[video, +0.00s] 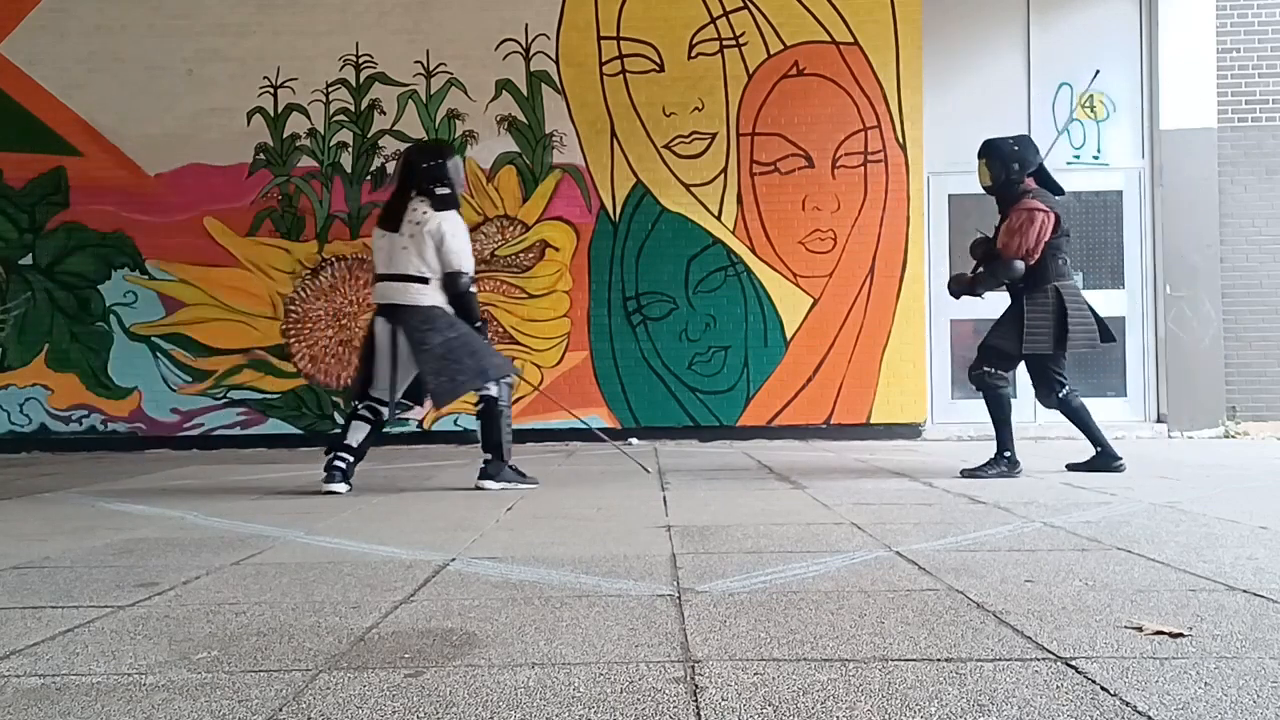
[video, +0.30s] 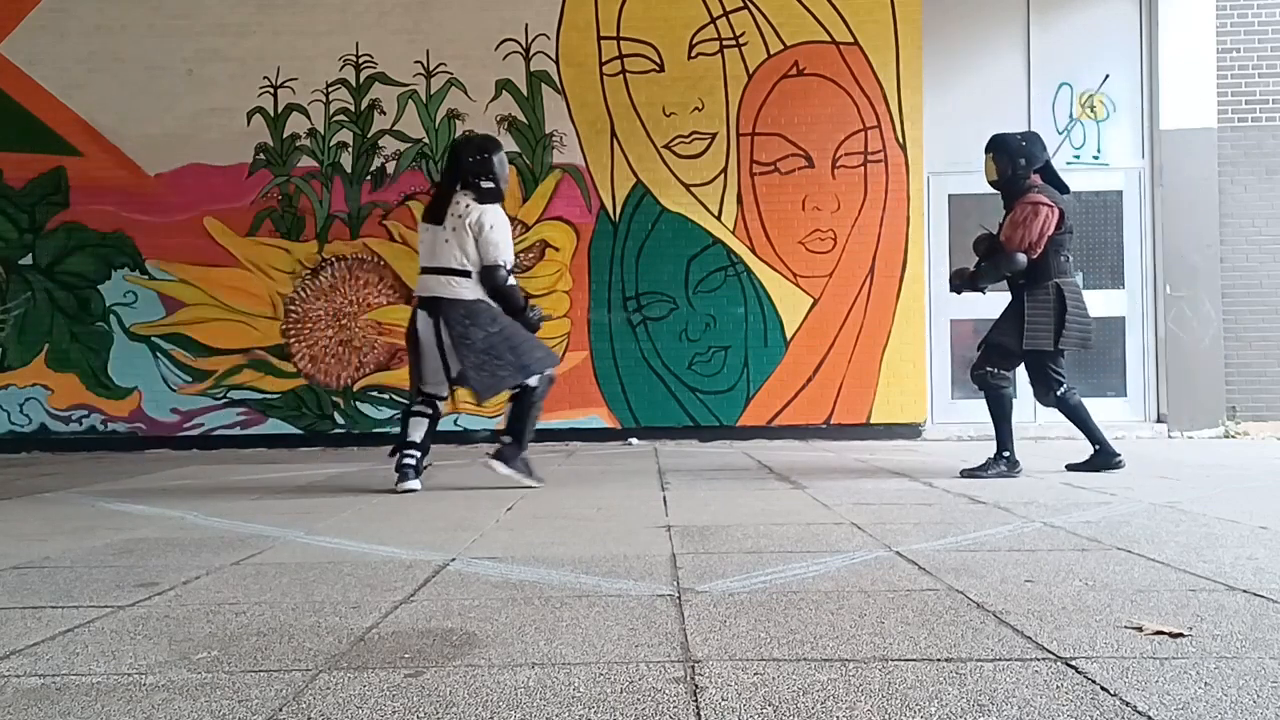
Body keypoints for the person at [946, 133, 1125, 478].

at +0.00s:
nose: (985, 178)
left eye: (990, 169)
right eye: (984, 170)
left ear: (1013, 169)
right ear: (1021, 170)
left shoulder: (1028, 208)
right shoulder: (1032, 202)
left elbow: (1010, 268)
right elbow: (1023, 257)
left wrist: (970, 283)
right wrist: (989, 251)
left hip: (1037, 303)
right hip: (1048, 301)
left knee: (988, 370)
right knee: (1052, 388)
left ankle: (1006, 458)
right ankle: (1106, 452)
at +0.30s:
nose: (992, 171)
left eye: (998, 163)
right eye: (991, 163)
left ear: (1021, 164)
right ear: (1026, 166)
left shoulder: (1033, 203)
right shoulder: (1034, 199)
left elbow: (1010, 260)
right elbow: (1023, 255)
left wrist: (972, 278)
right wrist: (992, 249)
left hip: (1038, 299)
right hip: (1046, 298)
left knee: (990, 369)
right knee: (1050, 386)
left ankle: (1005, 458)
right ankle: (1105, 450)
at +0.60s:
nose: (999, 170)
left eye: (1005, 163)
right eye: (998, 163)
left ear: (1028, 166)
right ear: (1030, 167)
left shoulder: (1041, 208)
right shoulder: (1028, 204)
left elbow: (1029, 268)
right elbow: (1023, 257)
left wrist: (981, 279)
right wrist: (996, 253)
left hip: (1054, 300)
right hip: (1055, 299)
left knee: (997, 360)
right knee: (1044, 386)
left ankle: (1005, 450)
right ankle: (1103, 449)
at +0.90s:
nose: (1029, 174)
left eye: (1039, 168)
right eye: (1028, 166)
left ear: (1062, 174)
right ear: (1027, 167)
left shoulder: (1073, 219)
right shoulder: (1017, 213)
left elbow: (1023, 263)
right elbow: (977, 246)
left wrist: (965, 275)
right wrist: (935, 262)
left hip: (1044, 308)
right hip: (1015, 305)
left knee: (994, 368)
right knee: (1024, 395)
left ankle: (983, 461)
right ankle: (1085, 436)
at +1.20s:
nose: (1038, 170)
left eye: (1046, 163)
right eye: (1039, 162)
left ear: (1074, 166)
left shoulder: (1090, 212)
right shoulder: (1043, 202)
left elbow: (1038, 252)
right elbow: (1021, 248)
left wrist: (974, 249)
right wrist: (972, 250)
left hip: (1064, 304)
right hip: (1038, 300)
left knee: (1005, 377)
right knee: (1022, 387)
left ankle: (982, 462)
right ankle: (1108, 438)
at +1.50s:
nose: (1117, 106)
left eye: (1124, 99)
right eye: (1120, 98)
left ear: (1146, 109)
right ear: (1160, 110)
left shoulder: (1160, 155)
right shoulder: (1166, 150)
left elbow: (1094, 179)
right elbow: (1096, 172)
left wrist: (1035, 152)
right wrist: (1054, 146)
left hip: (1150, 272)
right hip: (1152, 270)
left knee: (1107, 356)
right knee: (1109, 357)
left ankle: (1149, 456)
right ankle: (1152, 448)